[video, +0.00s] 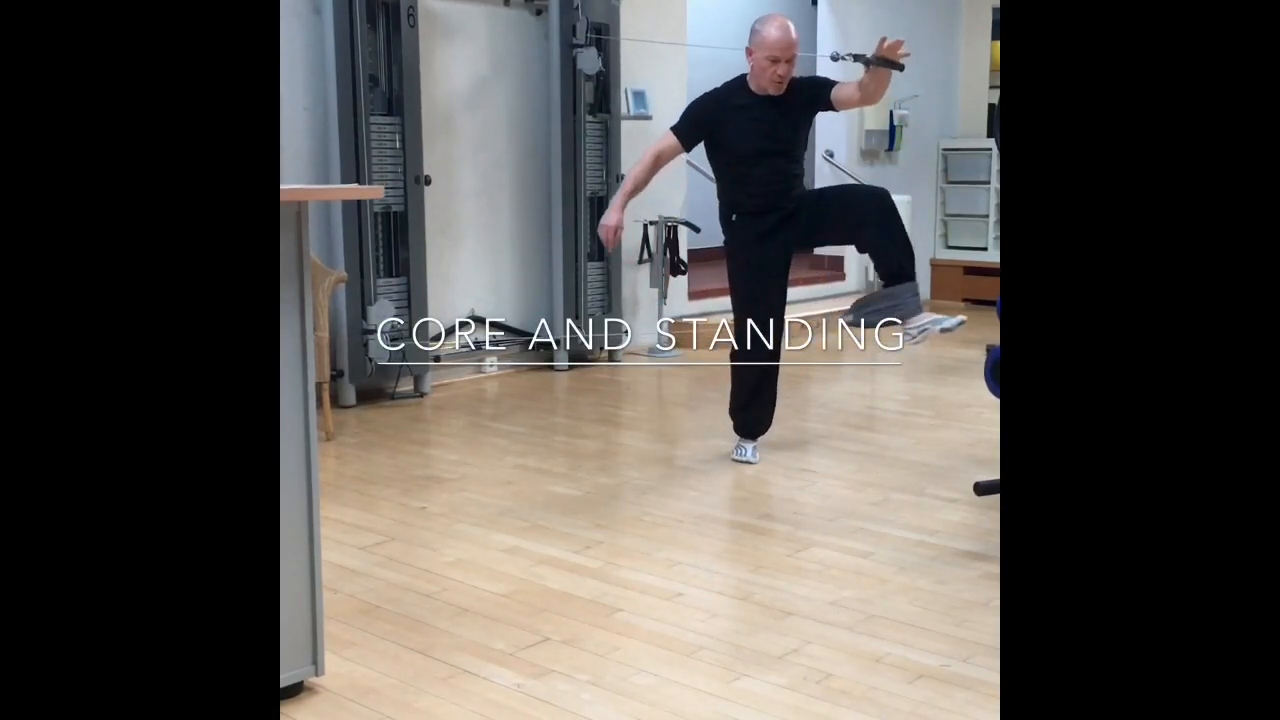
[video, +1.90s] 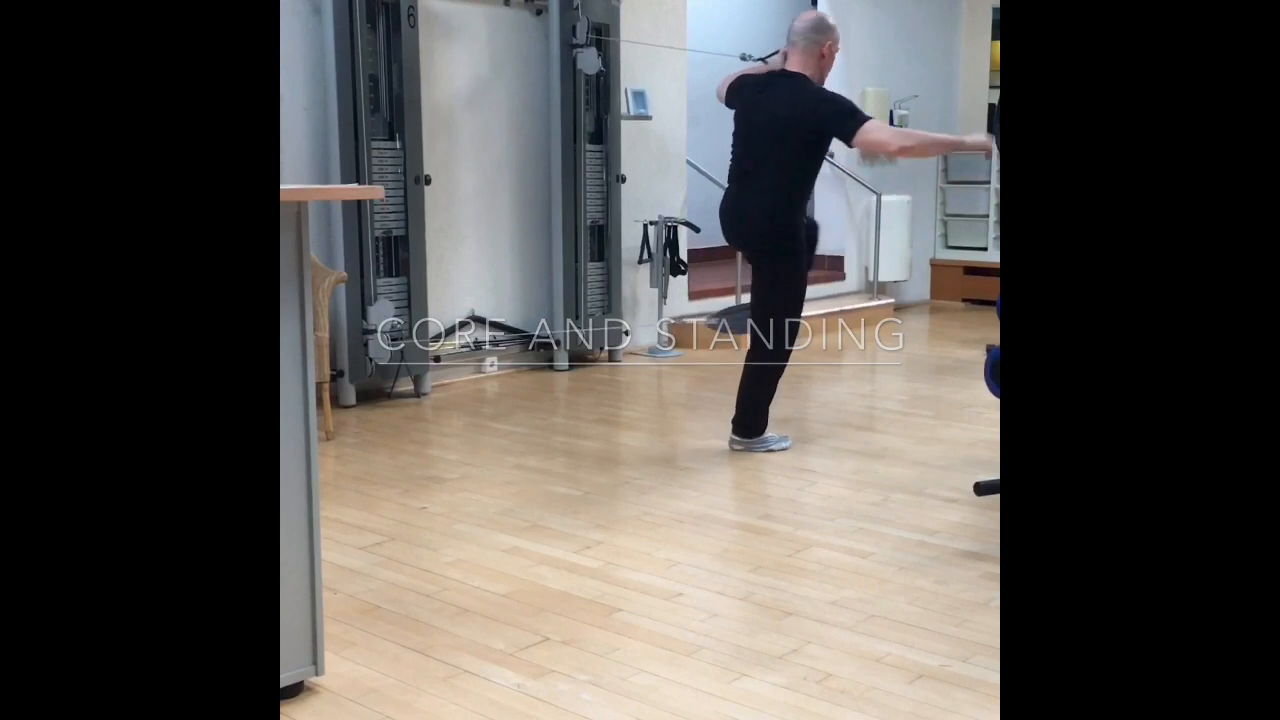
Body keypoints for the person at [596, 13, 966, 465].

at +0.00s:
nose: (784, 71)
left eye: (791, 60)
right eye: (775, 61)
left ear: (797, 56)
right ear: (750, 54)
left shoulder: (804, 92)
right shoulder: (715, 106)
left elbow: (864, 94)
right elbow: (658, 155)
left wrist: (882, 65)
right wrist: (617, 205)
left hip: (800, 213)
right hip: (750, 230)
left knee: (873, 203)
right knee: (757, 331)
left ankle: (911, 314)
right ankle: (747, 436)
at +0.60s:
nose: (775, 62)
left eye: (779, 53)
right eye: (766, 53)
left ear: (782, 50)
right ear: (737, 51)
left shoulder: (790, 82)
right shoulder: (713, 108)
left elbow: (853, 60)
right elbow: (678, 167)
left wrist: (873, 19)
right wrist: (679, 219)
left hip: (801, 213)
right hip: (752, 233)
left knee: (876, 206)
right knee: (756, 333)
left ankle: (892, 318)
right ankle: (747, 433)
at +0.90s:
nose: (794, 64)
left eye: (796, 56)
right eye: (786, 57)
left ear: (791, 51)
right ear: (754, 53)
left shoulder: (790, 81)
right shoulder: (726, 103)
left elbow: (846, 59)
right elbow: (702, 169)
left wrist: (879, 30)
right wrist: (736, 214)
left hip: (792, 214)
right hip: (749, 229)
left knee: (876, 216)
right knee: (755, 331)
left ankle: (860, 319)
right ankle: (745, 434)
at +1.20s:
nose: (810, 63)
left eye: (810, 56)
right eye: (804, 56)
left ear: (779, 53)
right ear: (774, 53)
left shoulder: (774, 84)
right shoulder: (746, 104)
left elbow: (814, 62)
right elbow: (755, 169)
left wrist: (852, 40)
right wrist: (805, 214)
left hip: (787, 211)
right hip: (751, 225)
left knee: (876, 217)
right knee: (762, 329)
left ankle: (845, 306)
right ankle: (746, 434)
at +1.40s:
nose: (816, 65)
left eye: (818, 57)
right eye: (813, 56)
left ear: (785, 50)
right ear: (788, 50)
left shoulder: (757, 81)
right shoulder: (760, 98)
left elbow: (796, 54)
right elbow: (802, 160)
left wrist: (825, 38)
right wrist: (866, 197)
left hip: (786, 214)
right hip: (757, 227)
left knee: (867, 221)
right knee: (766, 330)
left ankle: (829, 310)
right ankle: (747, 435)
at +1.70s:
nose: (825, 60)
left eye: (826, 50)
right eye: (823, 50)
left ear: (783, 46)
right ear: (805, 47)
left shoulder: (743, 80)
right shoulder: (797, 103)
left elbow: (765, 63)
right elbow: (855, 147)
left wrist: (794, 44)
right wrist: (933, 170)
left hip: (755, 211)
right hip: (767, 225)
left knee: (844, 225)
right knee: (773, 326)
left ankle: (804, 309)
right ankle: (748, 433)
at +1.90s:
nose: (834, 60)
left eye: (833, 52)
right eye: (835, 52)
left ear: (790, 48)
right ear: (828, 52)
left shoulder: (752, 86)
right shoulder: (822, 103)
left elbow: (725, 88)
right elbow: (893, 143)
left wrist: (773, 64)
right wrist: (968, 142)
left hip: (733, 220)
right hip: (774, 230)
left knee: (806, 232)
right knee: (775, 331)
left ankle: (763, 318)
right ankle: (747, 431)